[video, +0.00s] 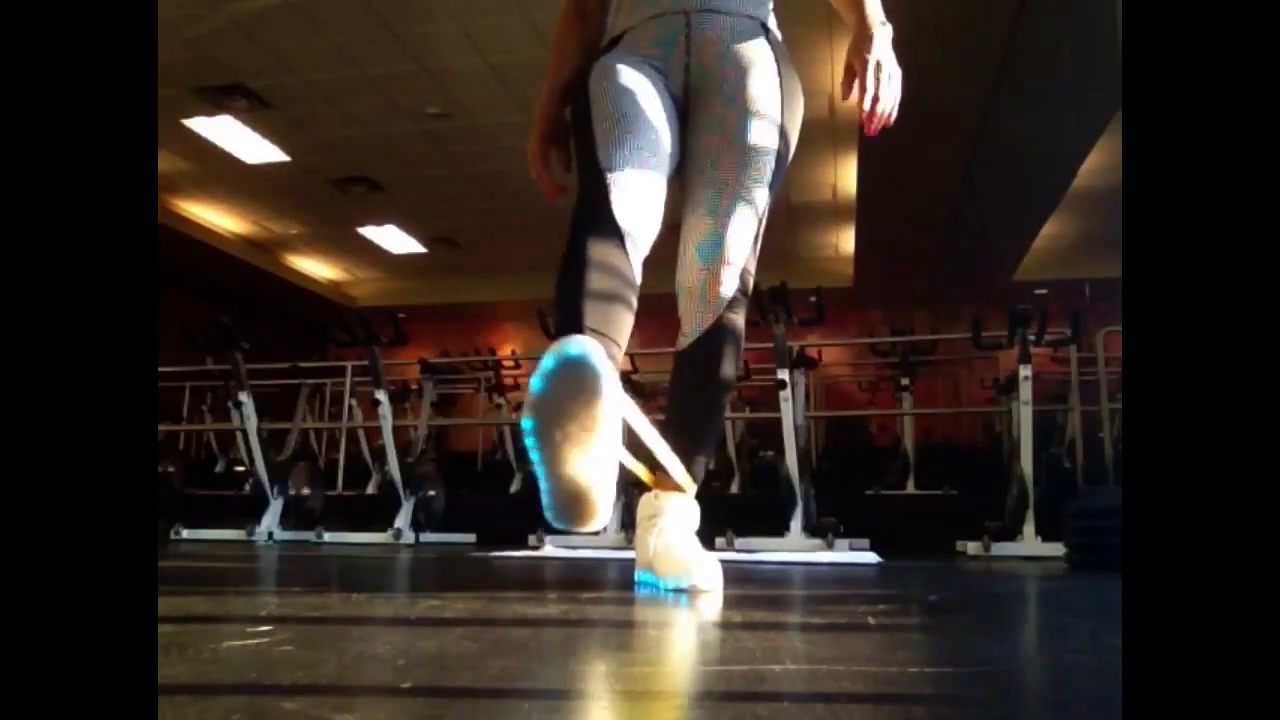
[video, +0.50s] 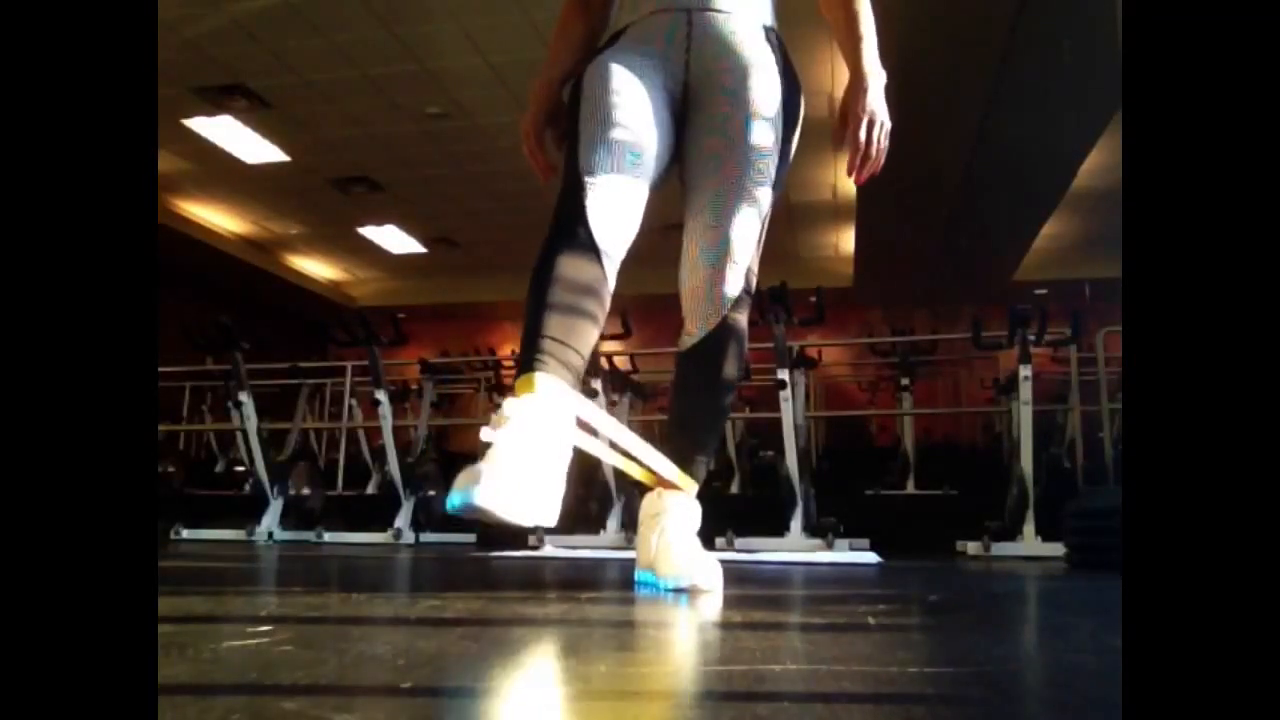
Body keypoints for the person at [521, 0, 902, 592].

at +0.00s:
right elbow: (585, 7)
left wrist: (872, 25)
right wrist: (554, 106)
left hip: (745, 28)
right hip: (632, 31)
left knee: (717, 273)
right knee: (614, 206)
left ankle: (674, 513)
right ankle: (577, 441)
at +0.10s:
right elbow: (585, 7)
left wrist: (863, 26)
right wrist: (556, 111)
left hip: (746, 29)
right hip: (631, 32)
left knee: (723, 274)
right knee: (624, 207)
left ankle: (673, 511)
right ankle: (599, 415)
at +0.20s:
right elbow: (585, 9)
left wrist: (862, 35)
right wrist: (556, 116)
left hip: (747, 32)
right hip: (635, 33)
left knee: (724, 273)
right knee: (631, 193)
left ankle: (676, 513)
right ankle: (599, 417)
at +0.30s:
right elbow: (586, 8)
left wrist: (866, 53)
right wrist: (555, 111)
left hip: (745, 26)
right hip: (633, 30)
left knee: (724, 271)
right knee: (620, 205)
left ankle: (674, 511)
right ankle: (585, 442)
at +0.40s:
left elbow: (838, 3)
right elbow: (589, 6)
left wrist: (867, 66)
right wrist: (555, 87)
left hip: (747, 31)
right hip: (636, 30)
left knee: (724, 273)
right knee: (606, 208)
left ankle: (672, 513)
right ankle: (558, 452)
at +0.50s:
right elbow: (589, 3)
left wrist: (867, 72)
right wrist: (550, 82)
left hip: (744, 25)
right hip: (632, 25)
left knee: (722, 273)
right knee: (597, 203)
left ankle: (673, 516)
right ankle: (533, 441)